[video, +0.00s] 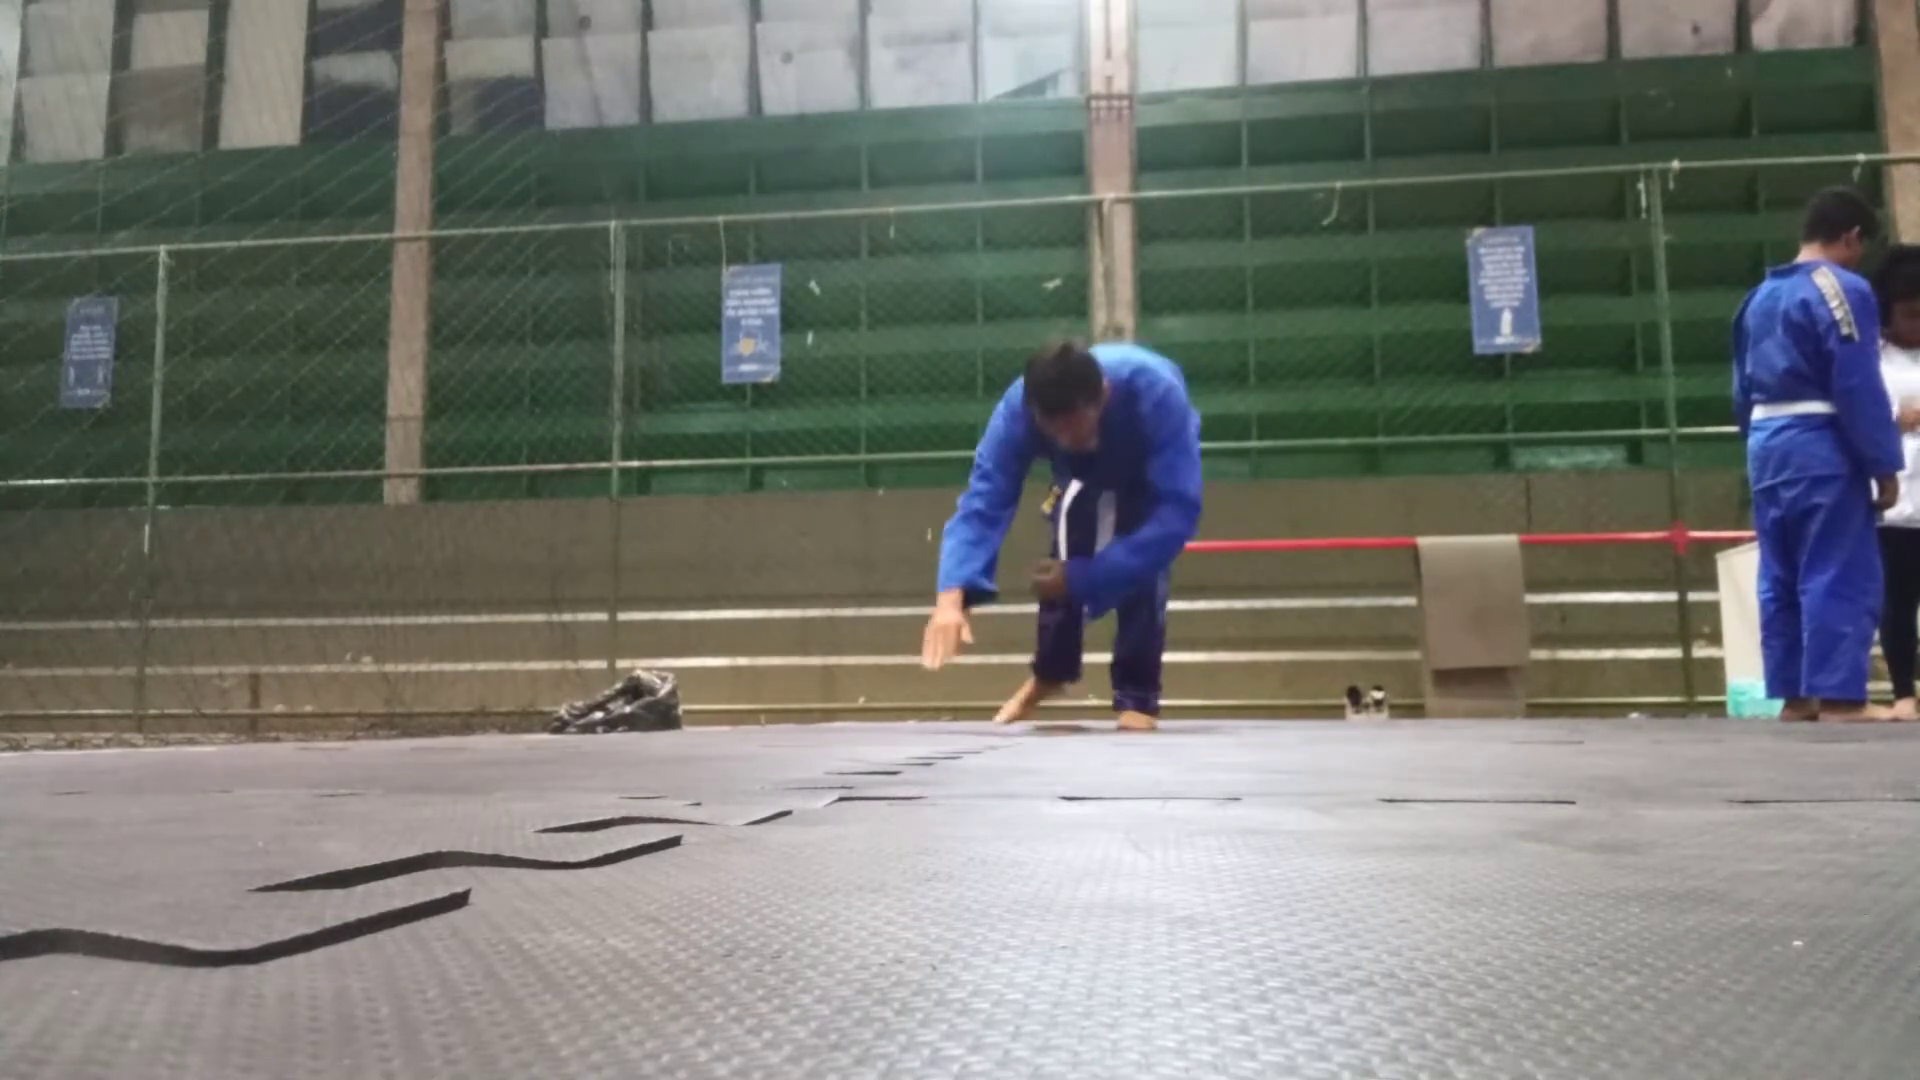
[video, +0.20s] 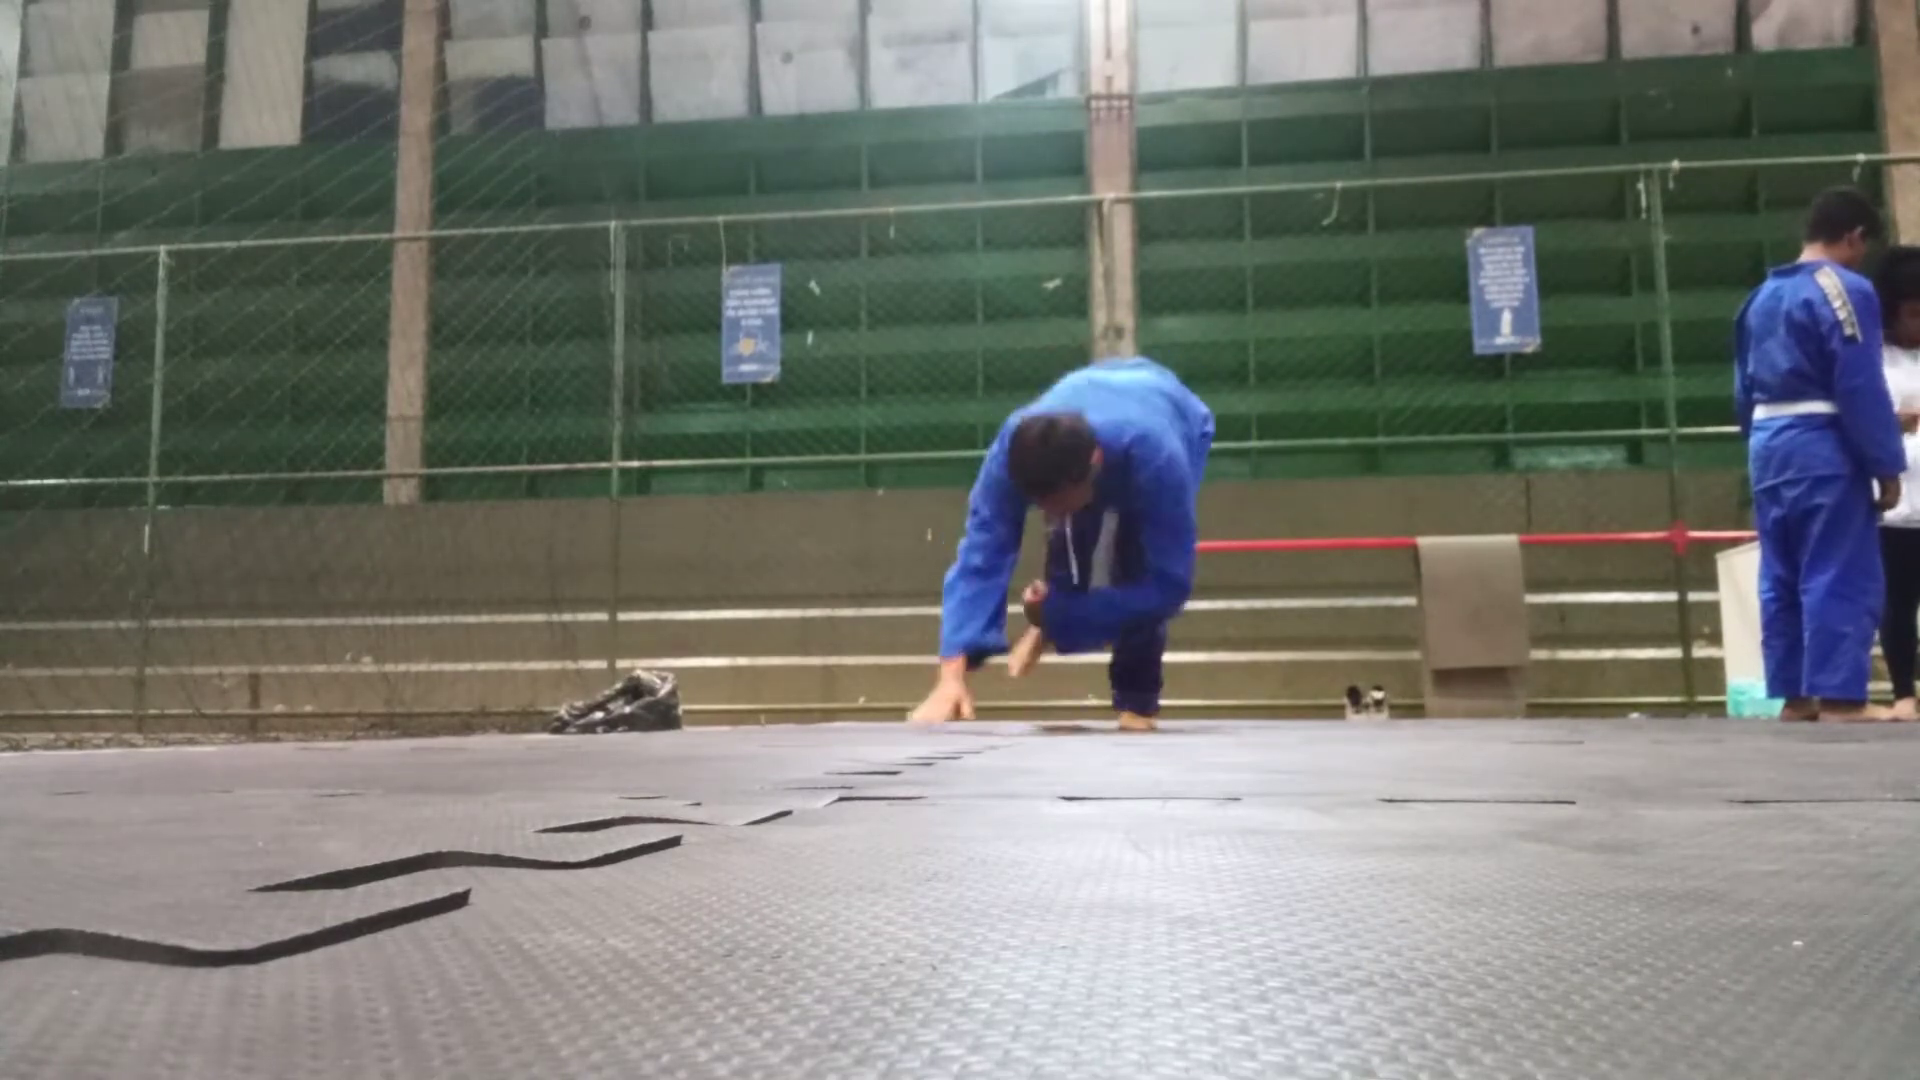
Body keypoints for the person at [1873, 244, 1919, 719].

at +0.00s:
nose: (1915, 323)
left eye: (1918, 313)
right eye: (1908, 313)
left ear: (1919, 313)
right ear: (1888, 313)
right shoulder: (1872, 359)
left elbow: (1866, 416)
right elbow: (1856, 418)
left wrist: (1901, 417)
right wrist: (1898, 418)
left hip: (1913, 502)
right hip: (1895, 501)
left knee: (1906, 606)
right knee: (1898, 606)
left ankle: (1908, 691)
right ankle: (1904, 691)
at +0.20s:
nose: (1915, 321)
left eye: (1916, 311)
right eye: (1909, 311)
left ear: (1914, 313)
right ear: (1889, 311)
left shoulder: (1896, 362)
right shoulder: (1873, 360)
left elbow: (1867, 415)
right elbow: (1858, 417)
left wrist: (1897, 419)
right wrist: (1897, 418)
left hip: (1912, 504)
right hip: (1894, 504)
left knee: (1906, 607)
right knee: (1898, 607)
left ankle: (1908, 691)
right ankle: (1904, 691)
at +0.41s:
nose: (1914, 323)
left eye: (1916, 312)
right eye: (1908, 312)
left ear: (1916, 312)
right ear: (1887, 312)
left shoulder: (1896, 363)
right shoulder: (1873, 362)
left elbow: (1872, 424)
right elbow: (1862, 425)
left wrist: (1898, 419)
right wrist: (1901, 415)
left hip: (1913, 506)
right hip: (1894, 506)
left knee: (1905, 608)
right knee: (1898, 607)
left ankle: (1908, 691)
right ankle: (1904, 692)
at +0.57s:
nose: (1914, 323)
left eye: (1916, 312)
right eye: (1907, 312)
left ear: (1917, 311)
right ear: (1886, 313)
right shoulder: (1872, 361)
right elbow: (1860, 416)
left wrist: (1897, 418)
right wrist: (1901, 419)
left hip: (1914, 506)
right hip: (1894, 505)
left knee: (1905, 608)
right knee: (1898, 607)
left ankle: (1908, 691)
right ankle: (1904, 692)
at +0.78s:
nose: (1914, 323)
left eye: (1917, 312)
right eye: (1907, 312)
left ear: (1918, 312)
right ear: (1887, 313)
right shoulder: (1873, 362)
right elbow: (1859, 418)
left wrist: (1897, 420)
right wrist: (1899, 419)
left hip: (1915, 506)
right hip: (1894, 505)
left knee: (1905, 608)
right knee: (1898, 607)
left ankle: (1908, 691)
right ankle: (1904, 691)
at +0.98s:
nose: (1913, 323)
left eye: (1915, 313)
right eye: (1906, 313)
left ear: (1916, 312)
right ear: (1886, 312)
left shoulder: (1893, 363)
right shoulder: (1875, 362)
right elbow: (1861, 421)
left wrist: (1897, 421)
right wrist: (1897, 421)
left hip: (1914, 504)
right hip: (1896, 506)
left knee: (1905, 608)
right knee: (1898, 607)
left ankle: (1908, 689)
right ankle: (1904, 690)